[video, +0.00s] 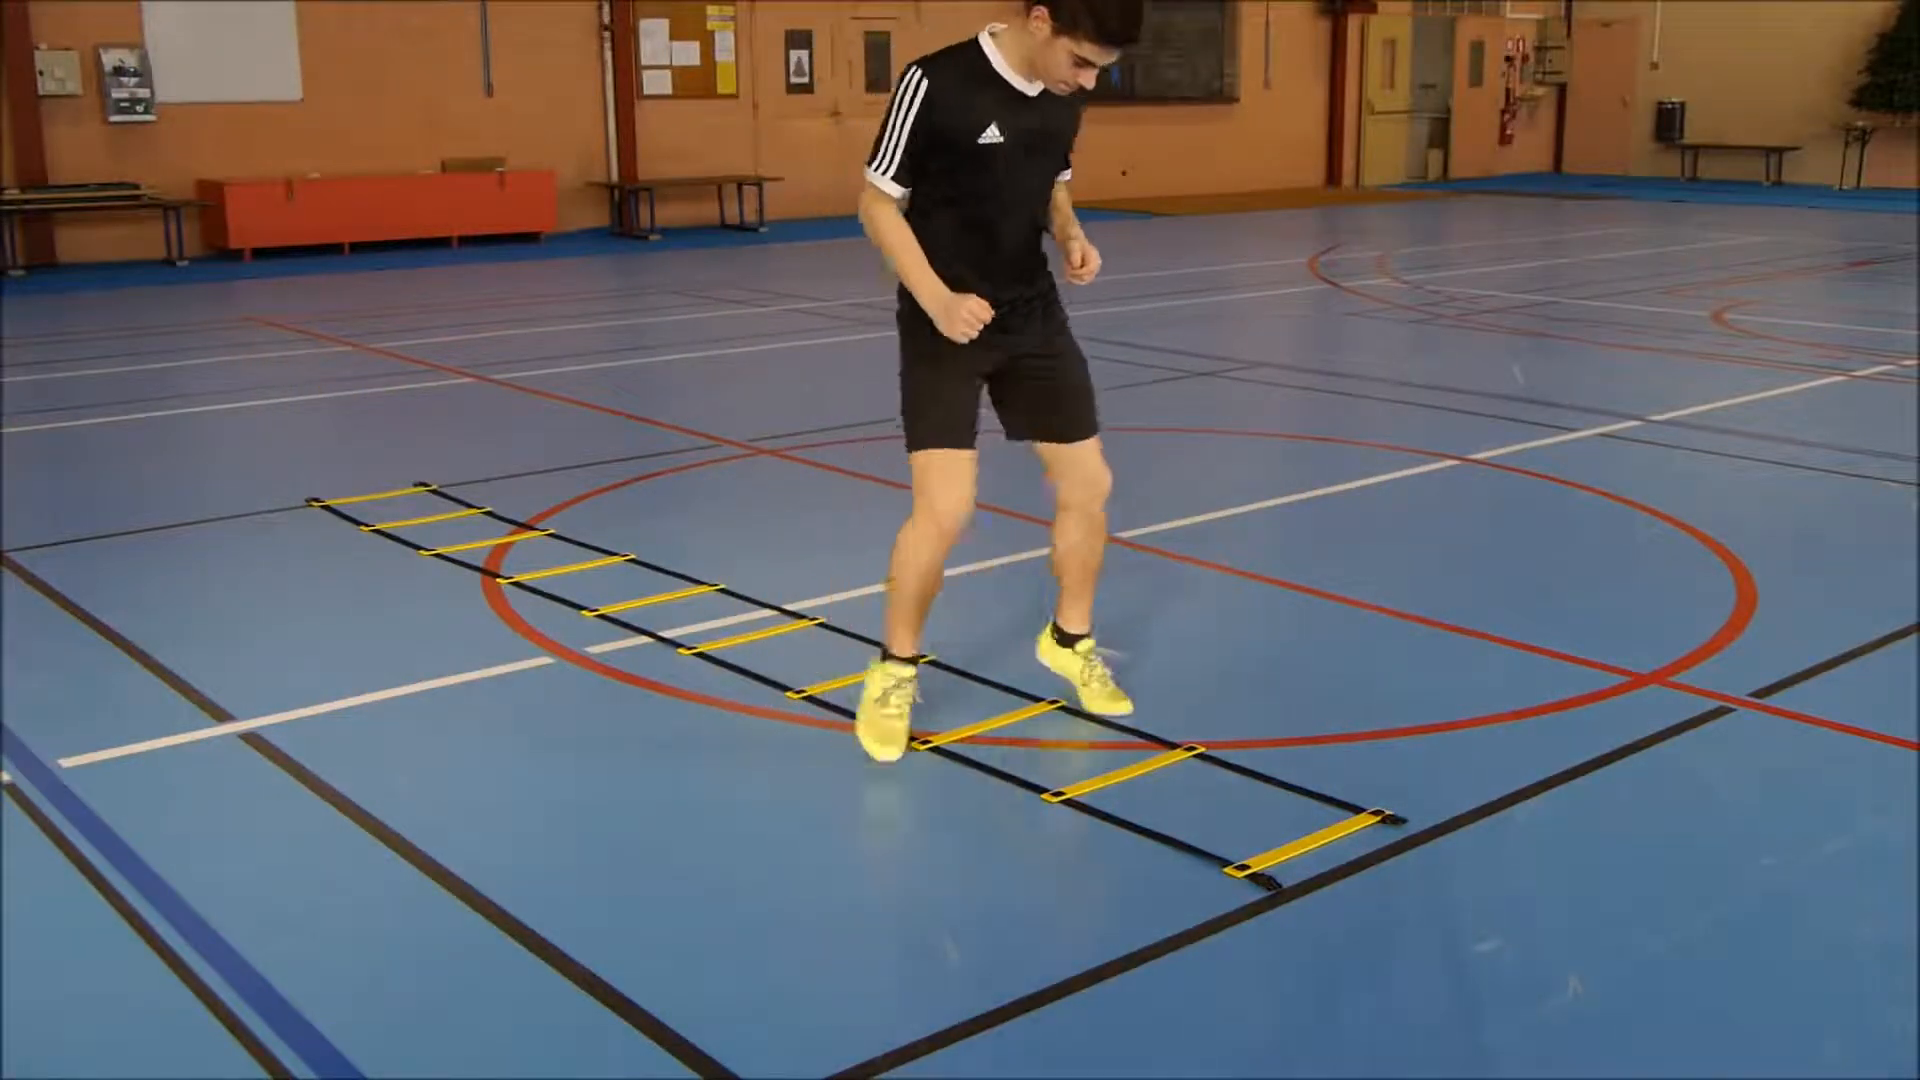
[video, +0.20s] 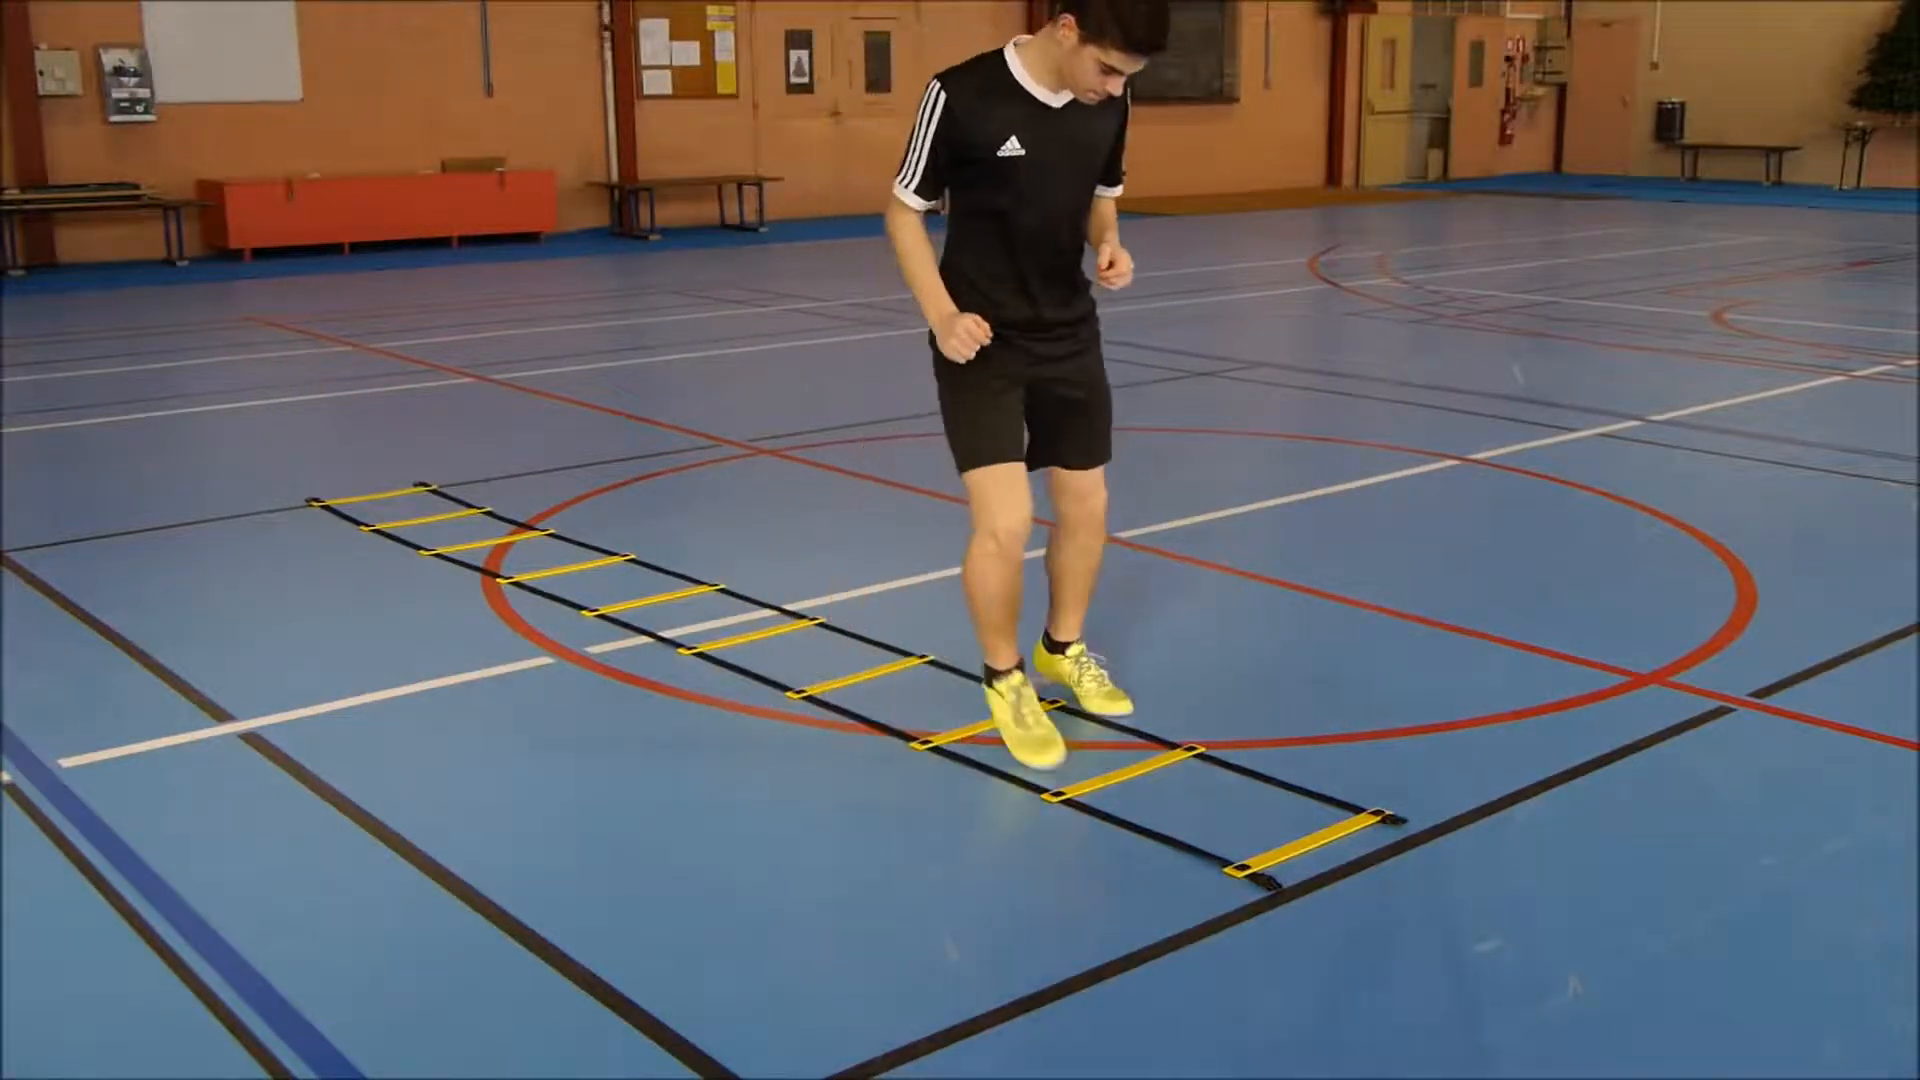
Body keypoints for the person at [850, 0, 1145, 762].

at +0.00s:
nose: (1088, 81)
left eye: (1099, 69)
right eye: (1080, 62)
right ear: (1036, 20)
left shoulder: (1065, 91)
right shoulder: (932, 83)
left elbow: (1052, 182)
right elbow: (877, 205)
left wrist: (1070, 233)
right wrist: (936, 298)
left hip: (1030, 311)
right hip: (940, 317)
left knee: (1086, 483)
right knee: (944, 508)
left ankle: (1071, 638)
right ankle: (896, 667)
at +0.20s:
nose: (1114, 88)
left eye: (1126, 76)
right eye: (1107, 69)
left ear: (1138, 59)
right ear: (1064, 30)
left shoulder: (1110, 99)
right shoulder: (961, 94)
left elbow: (1101, 193)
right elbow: (904, 210)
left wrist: (1106, 243)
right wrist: (941, 315)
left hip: (1069, 333)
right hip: (980, 338)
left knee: (1085, 506)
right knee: (1004, 525)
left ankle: (1062, 649)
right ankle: (1005, 679)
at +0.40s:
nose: (1138, 83)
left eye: (1149, 70)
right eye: (1131, 63)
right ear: (1086, 24)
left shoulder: (1117, 98)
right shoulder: (979, 92)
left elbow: (1108, 200)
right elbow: (915, 208)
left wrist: (1122, 242)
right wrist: (952, 321)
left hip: (1079, 334)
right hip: (995, 343)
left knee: (1113, 506)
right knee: (1019, 534)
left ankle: (1057, 644)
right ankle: (1014, 693)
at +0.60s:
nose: (1172, 69)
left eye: (1186, 56)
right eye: (1167, 49)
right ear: (1125, 8)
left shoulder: (1135, 86)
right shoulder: (1008, 63)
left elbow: (1116, 188)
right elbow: (935, 183)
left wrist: (1150, 227)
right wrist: (966, 303)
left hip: (1091, 314)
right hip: (1006, 319)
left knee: (1117, 497)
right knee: (1028, 525)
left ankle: (1045, 649)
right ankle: (1010, 681)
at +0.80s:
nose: (1187, 71)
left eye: (1201, 58)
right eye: (1182, 51)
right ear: (1137, 10)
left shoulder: (1162, 85)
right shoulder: (1018, 68)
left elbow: (1136, 179)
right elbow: (946, 183)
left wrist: (1166, 228)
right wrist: (980, 301)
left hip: (1103, 318)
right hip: (1018, 317)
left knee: (1097, 512)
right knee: (1041, 516)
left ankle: (1032, 684)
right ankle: (999, 687)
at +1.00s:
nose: (1213, 98)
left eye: (1227, 86)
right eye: (1208, 77)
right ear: (1161, 32)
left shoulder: (1179, 108)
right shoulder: (1045, 103)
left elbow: (1160, 205)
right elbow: (974, 223)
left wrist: (1186, 252)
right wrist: (1021, 342)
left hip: (1120, 343)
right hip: (1034, 345)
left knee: (1180, 518)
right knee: (1023, 550)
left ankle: (1065, 654)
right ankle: (966, 744)